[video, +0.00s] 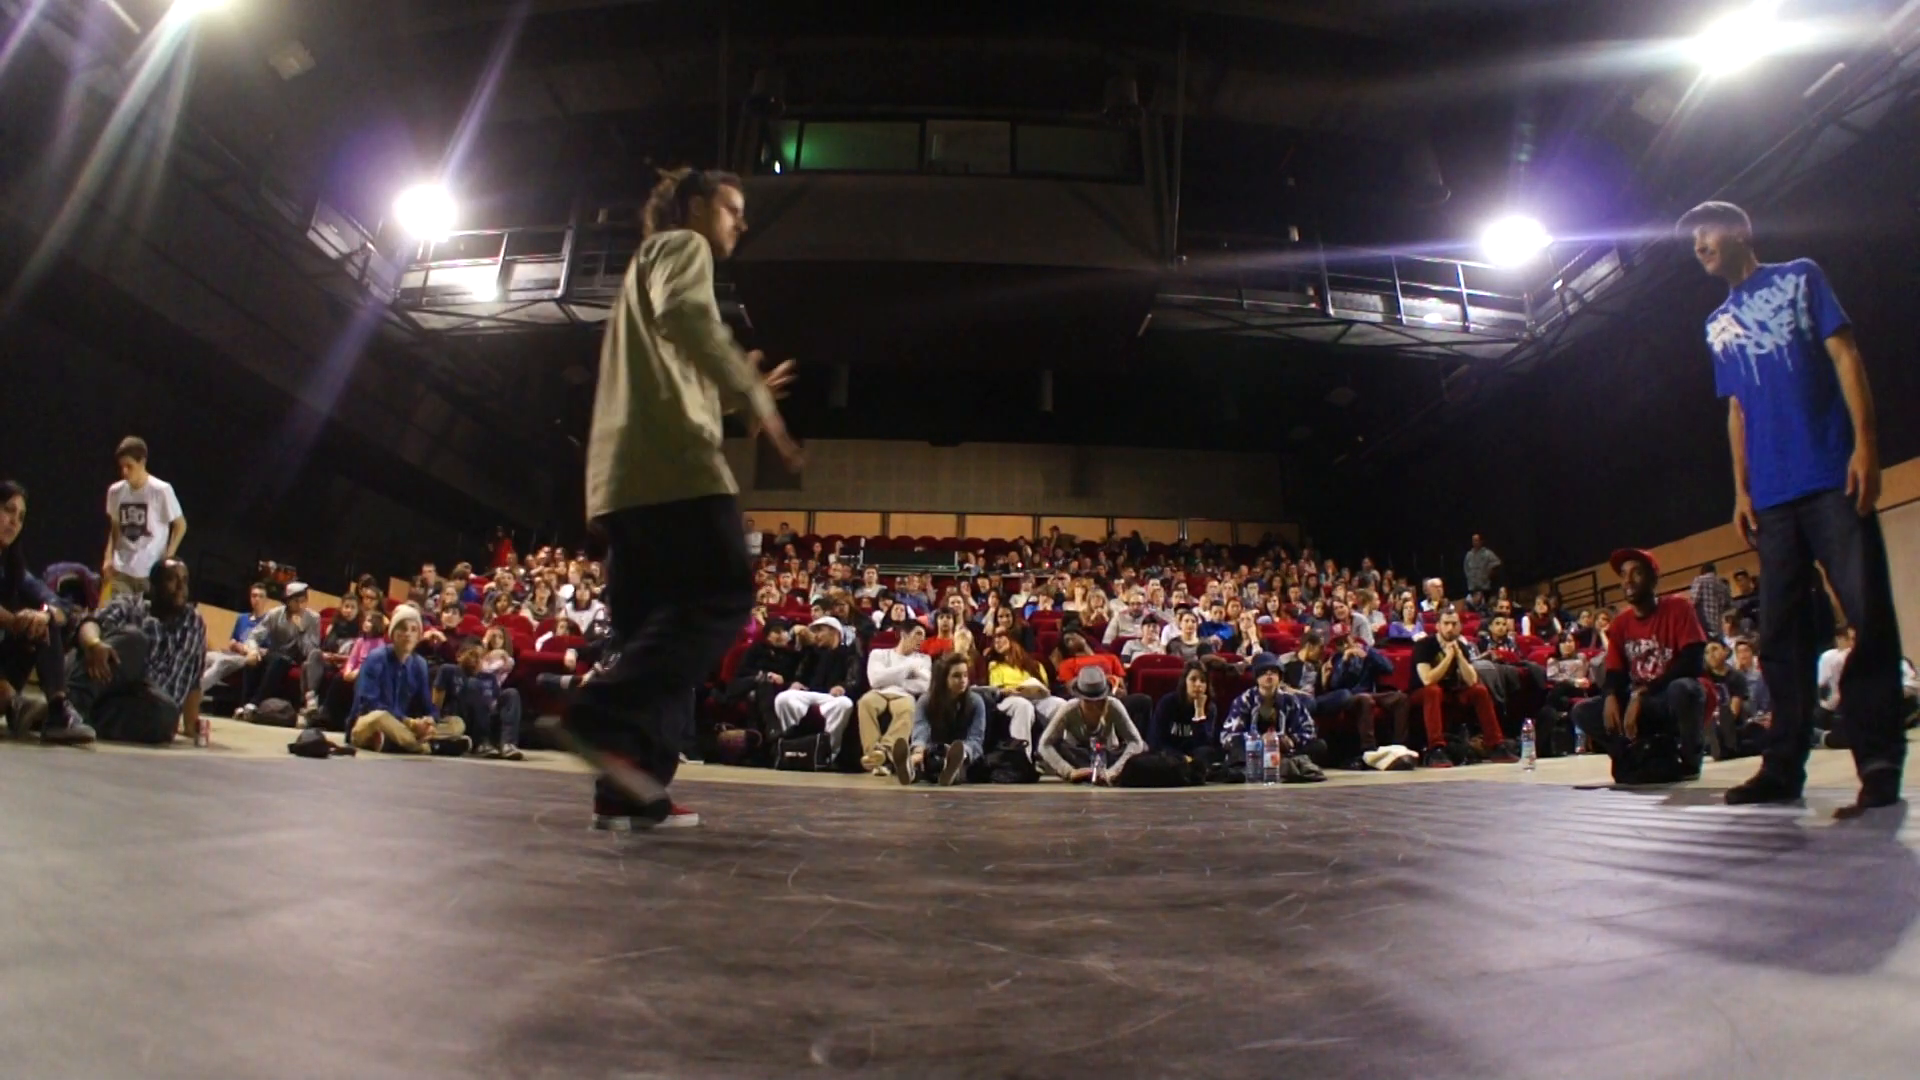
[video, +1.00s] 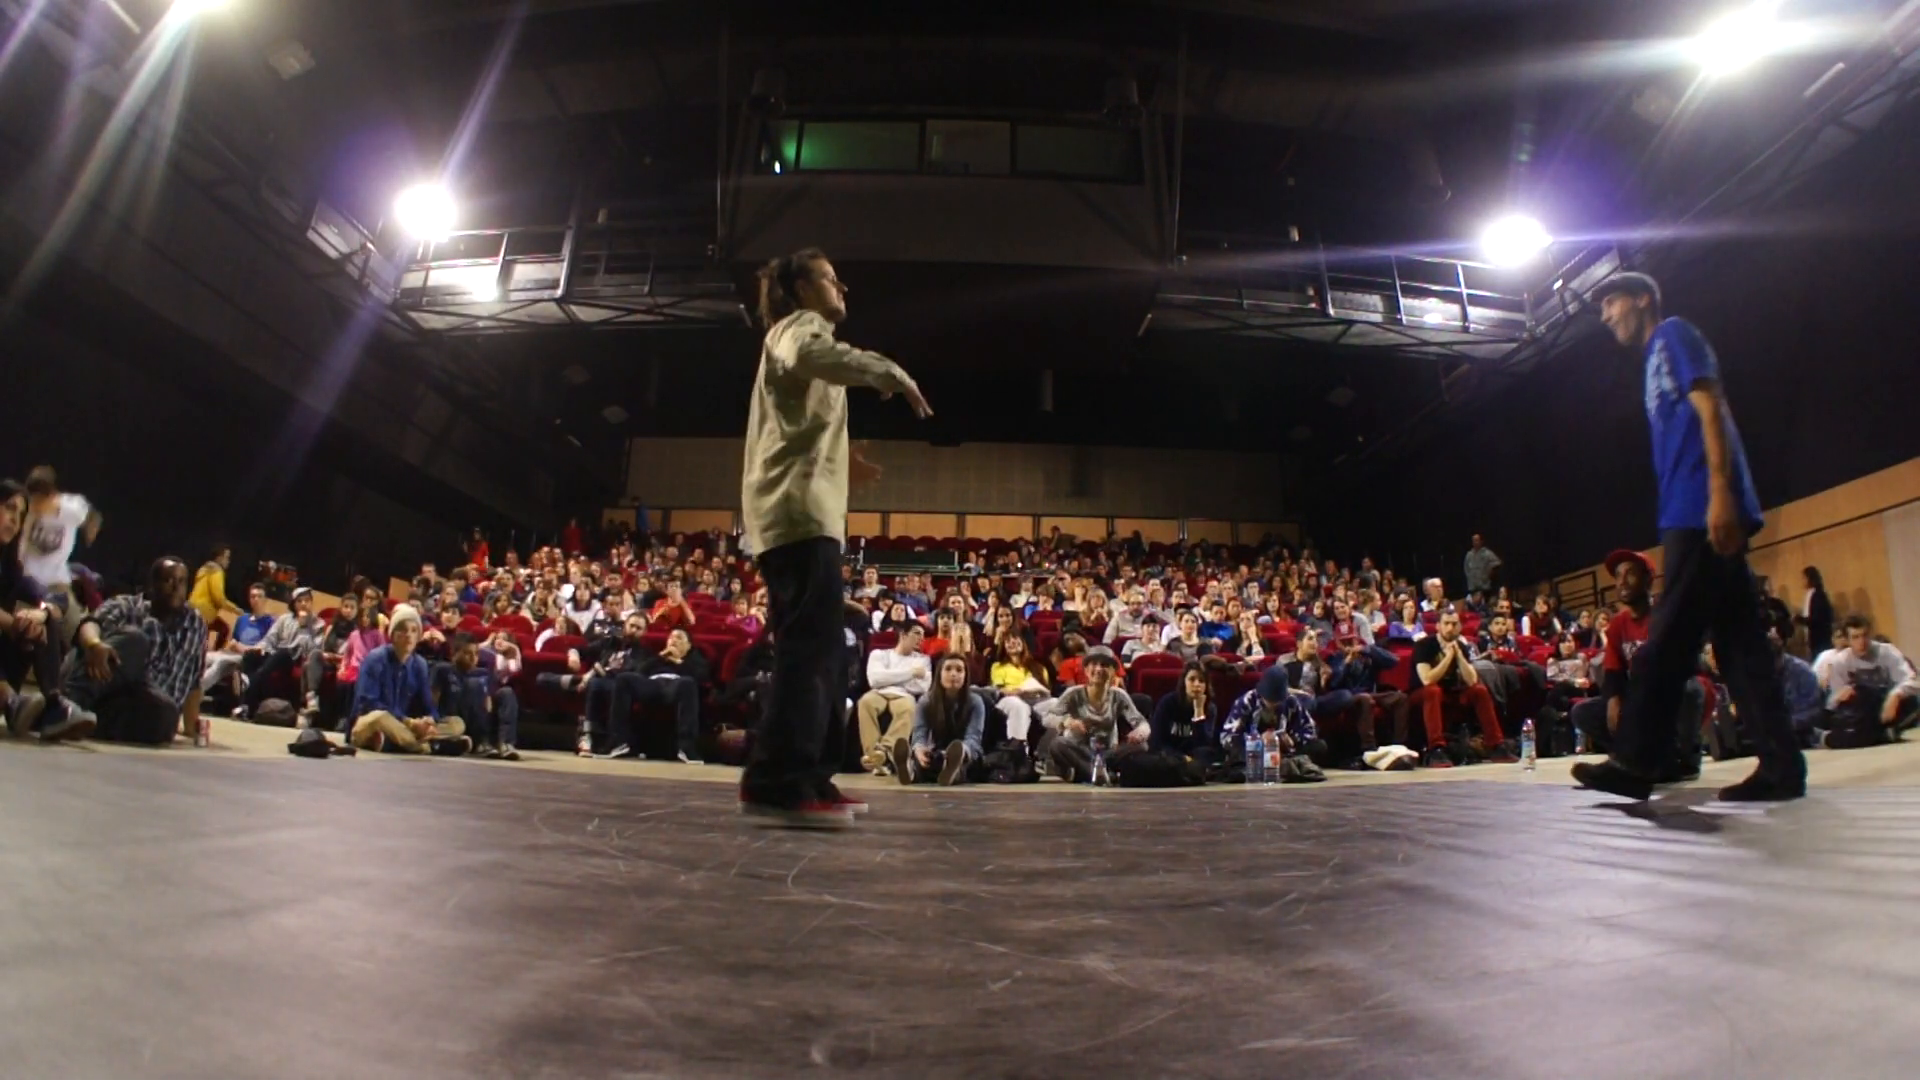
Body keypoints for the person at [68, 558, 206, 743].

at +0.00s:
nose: (181, 587)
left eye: (185, 581)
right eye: (172, 580)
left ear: (188, 586)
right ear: (155, 584)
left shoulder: (194, 624)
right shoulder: (131, 606)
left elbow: (194, 682)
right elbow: (90, 623)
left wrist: (191, 729)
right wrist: (93, 644)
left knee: (162, 717)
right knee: (134, 639)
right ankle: (73, 707)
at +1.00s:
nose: (174, 587)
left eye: (181, 582)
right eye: (167, 580)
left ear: (187, 588)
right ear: (153, 584)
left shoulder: (195, 624)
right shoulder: (128, 606)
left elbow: (194, 683)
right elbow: (90, 623)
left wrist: (191, 731)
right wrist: (93, 644)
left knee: (162, 720)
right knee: (135, 640)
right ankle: (67, 704)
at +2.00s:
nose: (180, 590)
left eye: (184, 584)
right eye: (172, 583)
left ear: (188, 588)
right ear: (156, 584)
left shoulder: (195, 625)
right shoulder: (128, 605)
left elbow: (193, 684)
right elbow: (87, 620)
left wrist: (192, 731)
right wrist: (88, 640)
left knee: (163, 718)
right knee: (129, 634)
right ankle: (70, 705)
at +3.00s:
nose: (179, 587)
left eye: (183, 581)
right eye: (172, 579)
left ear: (187, 585)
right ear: (153, 582)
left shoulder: (193, 626)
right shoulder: (125, 602)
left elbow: (192, 685)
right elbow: (77, 617)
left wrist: (190, 730)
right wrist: (77, 634)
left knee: (160, 719)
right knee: (115, 623)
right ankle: (63, 707)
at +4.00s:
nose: (178, 586)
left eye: (182, 579)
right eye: (170, 578)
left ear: (186, 584)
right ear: (151, 580)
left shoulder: (191, 624)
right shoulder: (124, 602)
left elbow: (191, 684)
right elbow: (77, 616)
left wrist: (191, 731)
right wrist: (77, 634)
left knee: (161, 718)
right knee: (116, 623)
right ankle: (67, 707)